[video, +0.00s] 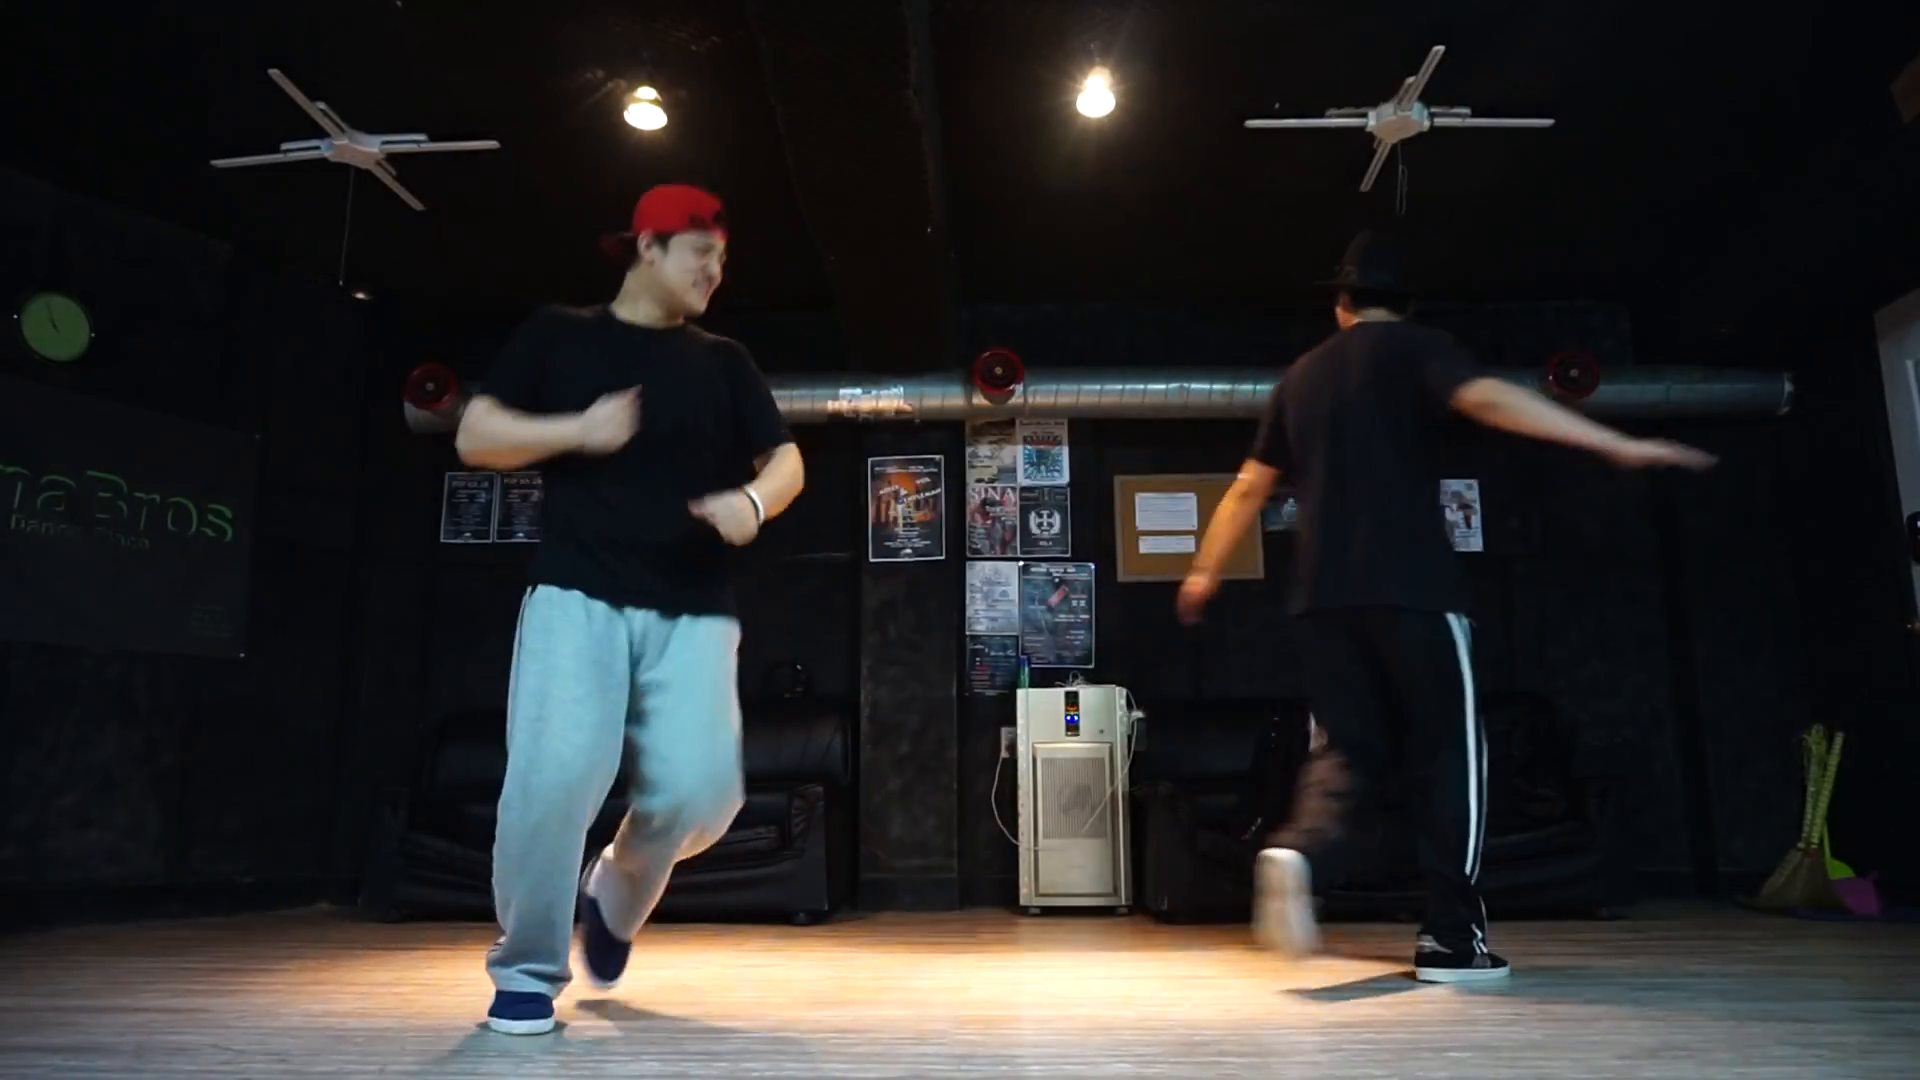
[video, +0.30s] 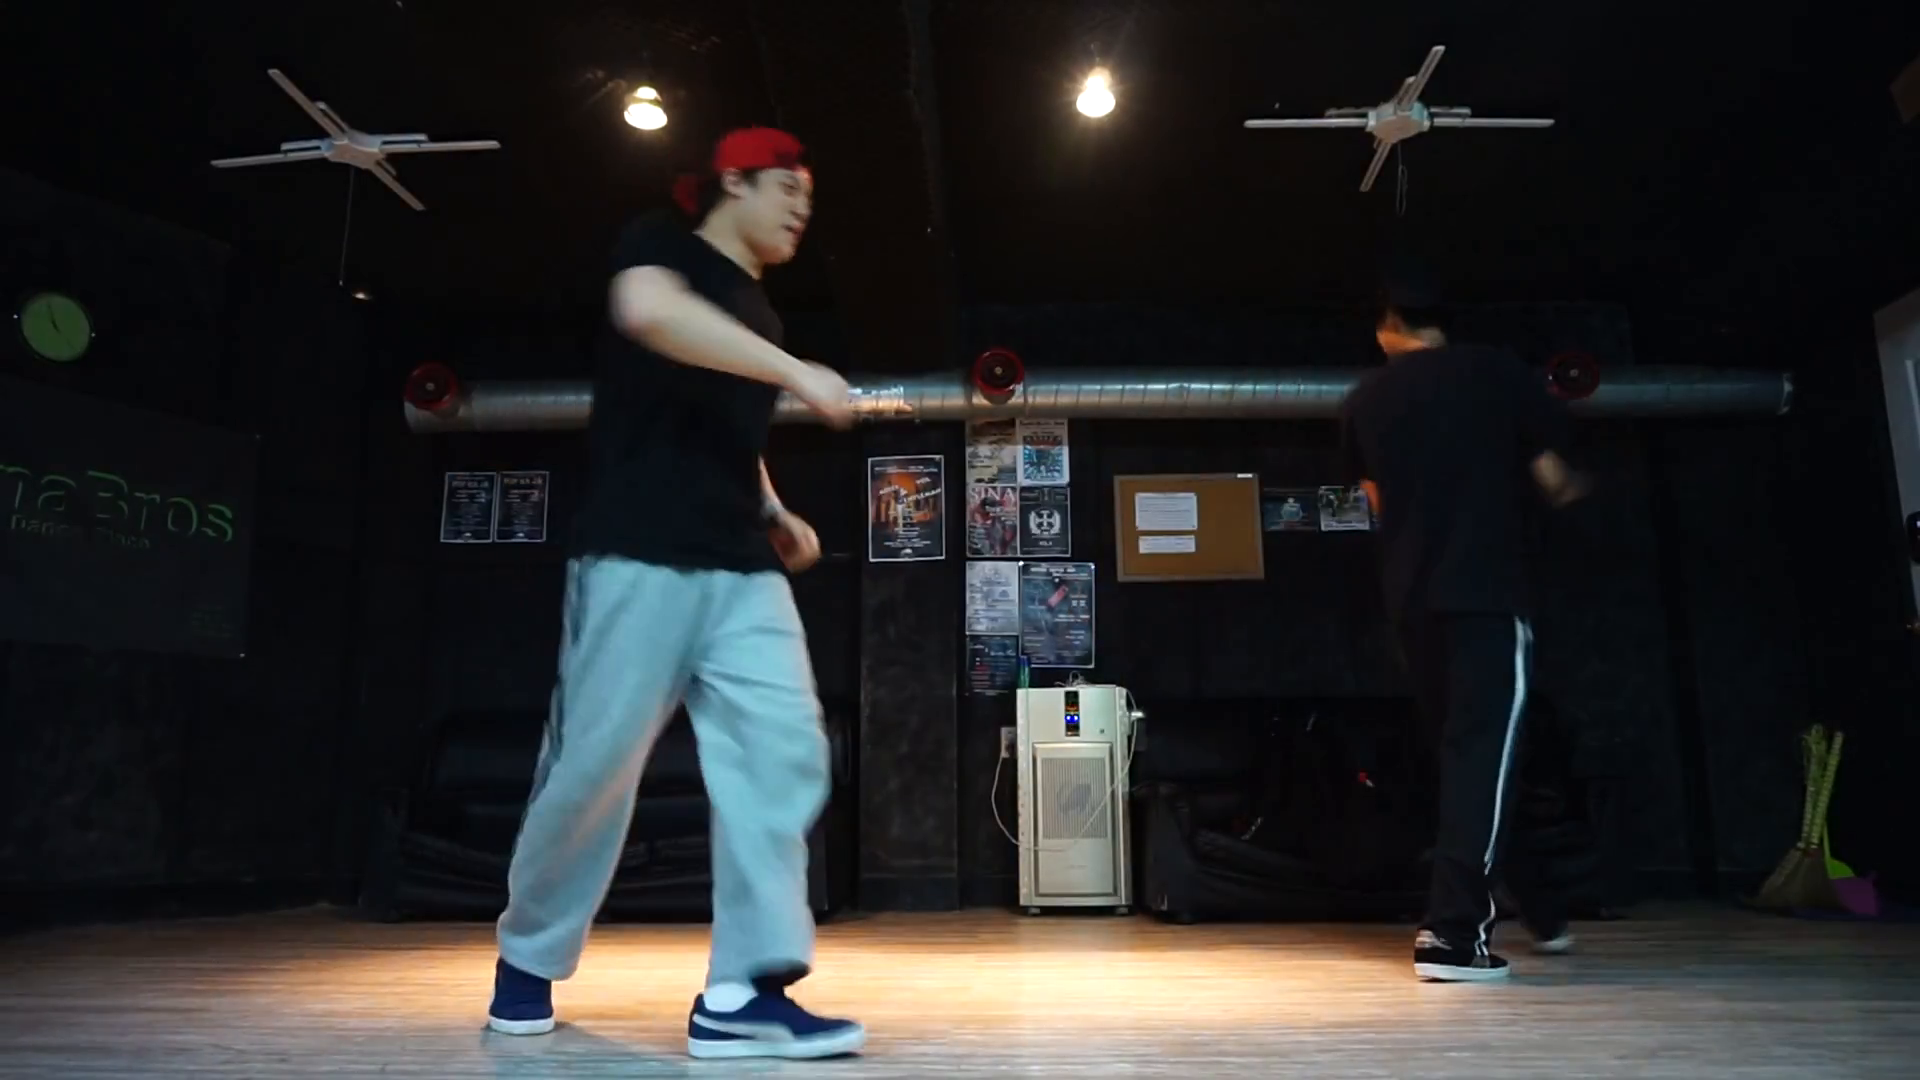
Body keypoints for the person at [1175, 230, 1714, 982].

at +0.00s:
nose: (1354, 309)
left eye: (1347, 297)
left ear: (1339, 301)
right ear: (1408, 298)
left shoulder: (1300, 379)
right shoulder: (1417, 353)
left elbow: (1249, 488)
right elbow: (1494, 401)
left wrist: (1205, 569)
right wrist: (1617, 443)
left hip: (1327, 598)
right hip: (1416, 590)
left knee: (1349, 749)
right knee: (1451, 753)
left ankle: (1296, 853)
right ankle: (1452, 936)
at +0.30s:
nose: (1381, 337)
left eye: (1381, 327)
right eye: (1390, 326)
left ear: (1387, 327)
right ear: (1448, 320)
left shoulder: (1369, 398)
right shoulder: (1494, 375)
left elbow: (1377, 500)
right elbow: (1552, 478)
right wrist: (1571, 484)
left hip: (1416, 600)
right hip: (1491, 593)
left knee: (1465, 753)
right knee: (1480, 760)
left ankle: (1543, 917)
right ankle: (1453, 936)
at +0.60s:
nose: (1419, 386)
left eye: (1421, 373)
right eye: (1419, 373)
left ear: (1439, 368)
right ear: (1483, 365)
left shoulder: (1417, 439)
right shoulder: (1544, 416)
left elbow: (1409, 544)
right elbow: (1586, 514)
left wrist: (1412, 637)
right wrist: (1585, 592)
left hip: (1470, 623)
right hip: (1550, 614)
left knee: (1506, 760)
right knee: (1602, 741)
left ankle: (1567, 914)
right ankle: (1574, 838)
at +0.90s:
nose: (1431, 390)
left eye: (1435, 375)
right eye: (1430, 377)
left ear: (1467, 369)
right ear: (1487, 371)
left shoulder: (1455, 426)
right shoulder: (1548, 427)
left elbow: (1418, 483)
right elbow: (1636, 477)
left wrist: (1366, 557)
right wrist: (1707, 537)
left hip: (1493, 622)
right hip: (1563, 617)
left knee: (1512, 766)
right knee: (1567, 750)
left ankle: (1569, 918)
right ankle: (1591, 896)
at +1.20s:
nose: (1433, 419)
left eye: (1441, 406)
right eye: (1430, 409)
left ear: (1476, 401)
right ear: (1482, 407)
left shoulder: (1474, 457)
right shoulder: (1538, 452)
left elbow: (1458, 526)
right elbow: (1600, 525)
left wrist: (1425, 598)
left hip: (1501, 626)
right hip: (1554, 621)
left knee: (1486, 764)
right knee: (1549, 756)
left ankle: (1566, 875)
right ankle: (1552, 902)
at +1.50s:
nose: (1446, 402)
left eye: (1459, 391)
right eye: (1441, 395)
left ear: (1492, 398)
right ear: (1441, 406)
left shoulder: (1496, 453)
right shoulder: (1493, 459)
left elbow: (1445, 527)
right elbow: (1451, 550)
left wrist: (1358, 563)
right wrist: (1370, 552)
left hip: (1504, 629)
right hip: (1516, 625)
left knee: (1478, 760)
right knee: (1530, 759)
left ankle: (1498, 895)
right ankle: (1559, 894)